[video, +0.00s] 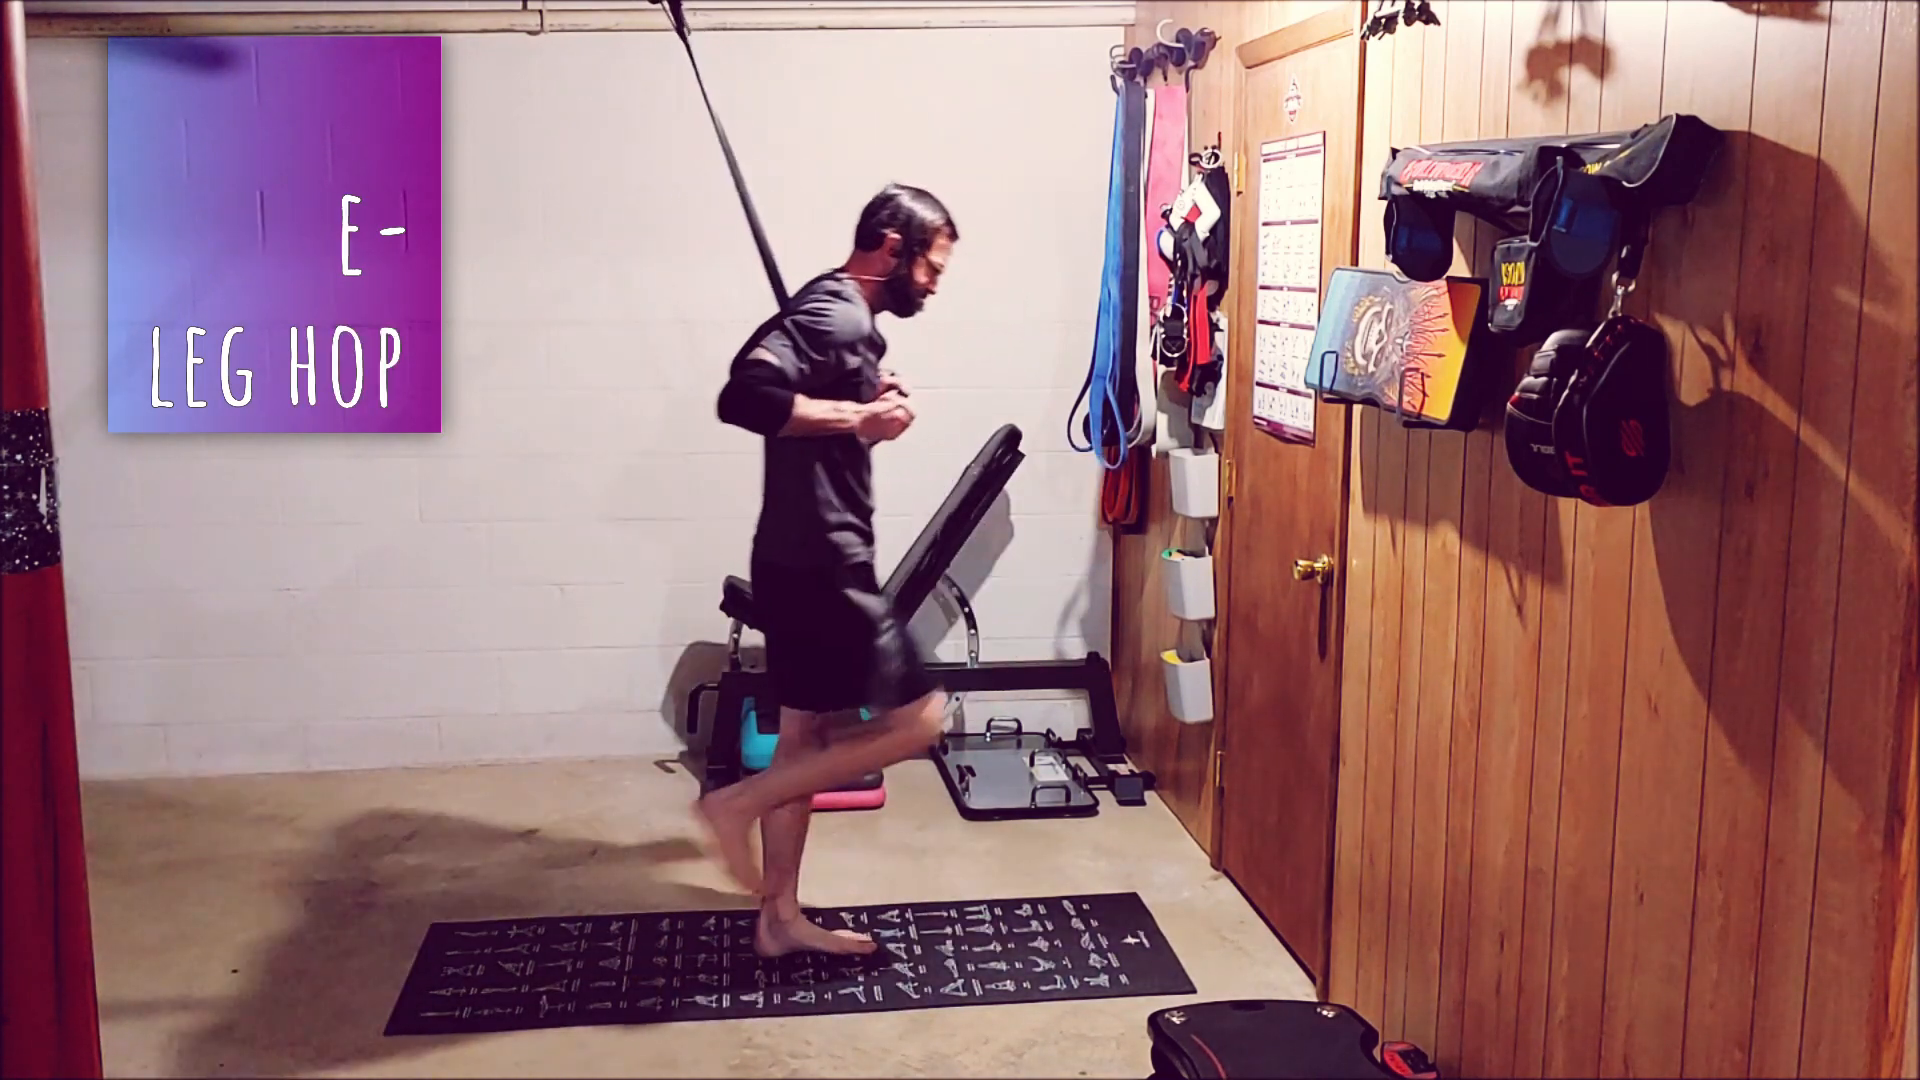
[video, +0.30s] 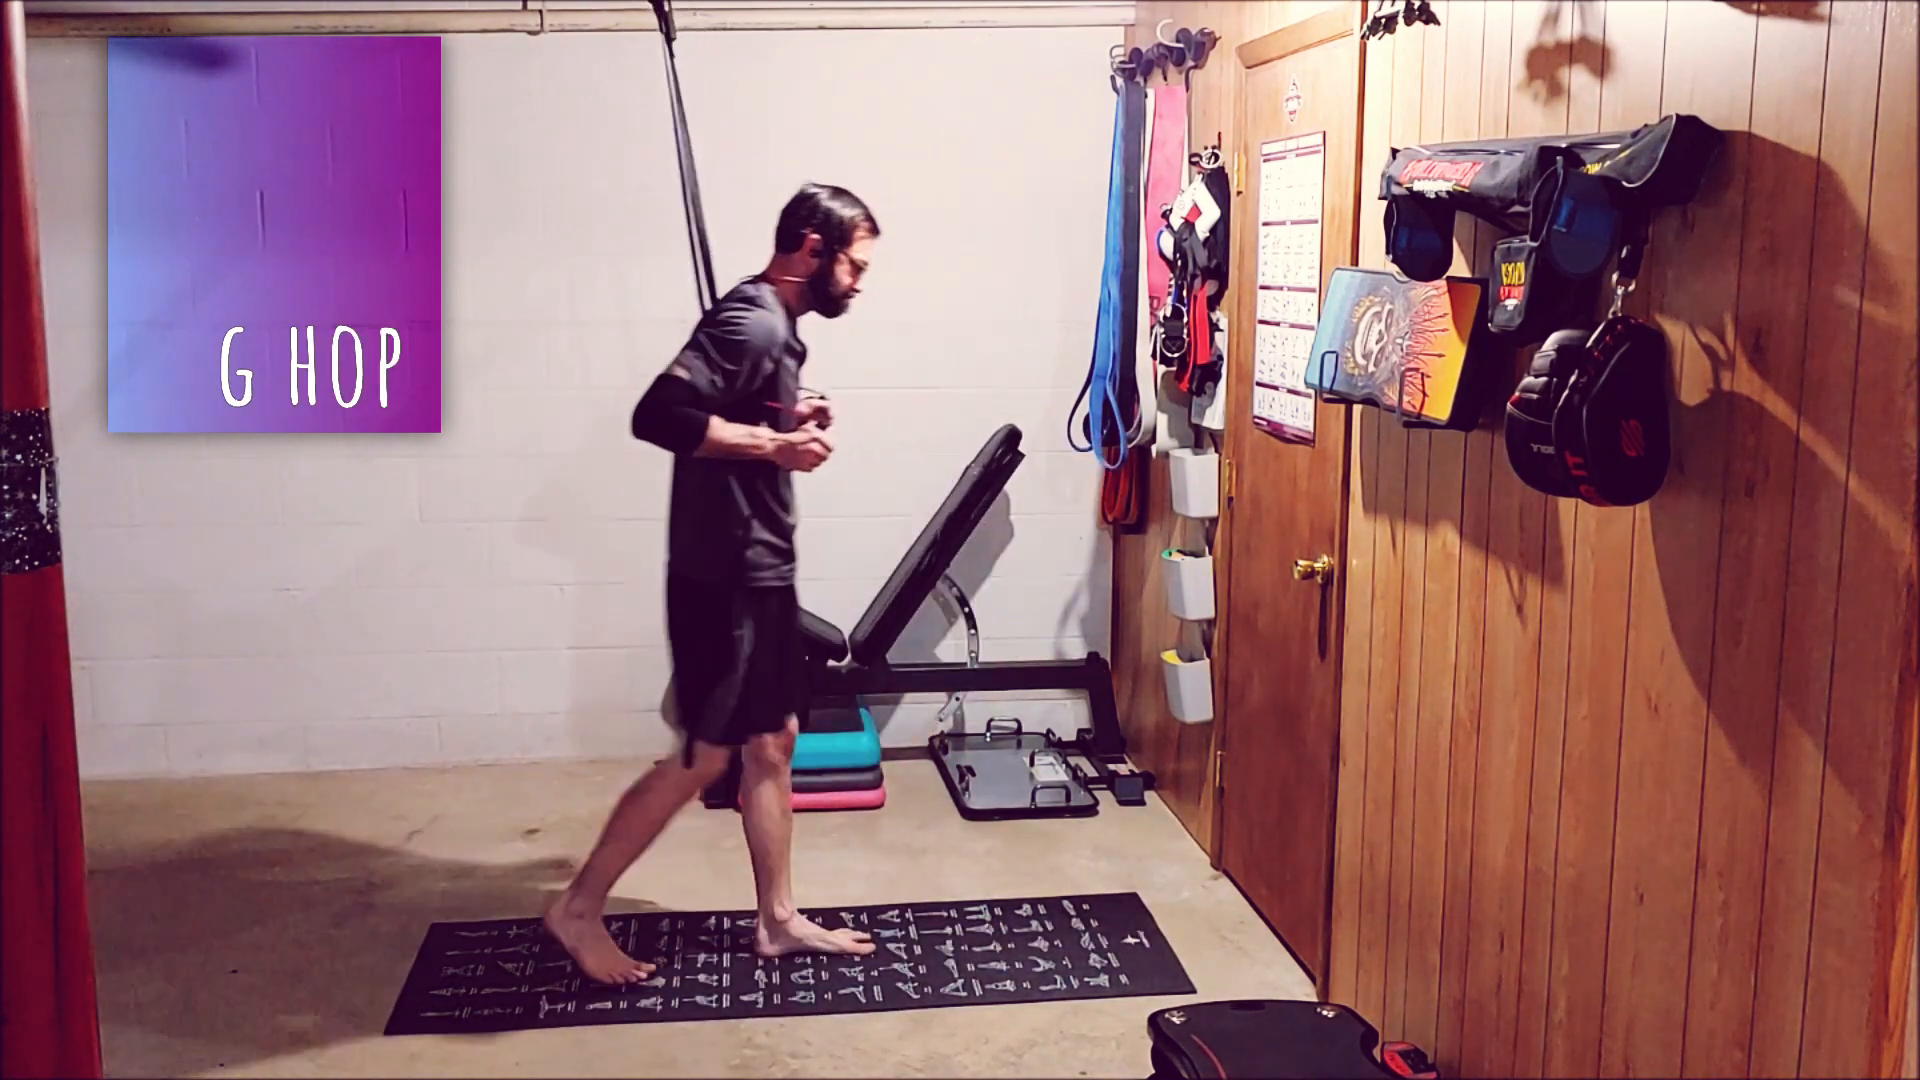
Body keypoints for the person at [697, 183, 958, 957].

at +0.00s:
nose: (936, 283)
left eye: (941, 269)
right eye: (933, 265)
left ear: (887, 251)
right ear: (889, 249)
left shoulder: (852, 316)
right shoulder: (829, 307)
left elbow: (795, 407)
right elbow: (745, 396)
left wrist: (870, 397)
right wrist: (858, 417)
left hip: (819, 553)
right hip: (819, 557)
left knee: (803, 733)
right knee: (920, 717)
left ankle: (780, 917)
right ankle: (735, 805)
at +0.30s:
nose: (859, 285)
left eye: (863, 269)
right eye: (855, 266)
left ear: (809, 251)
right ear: (809, 249)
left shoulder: (774, 326)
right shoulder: (745, 322)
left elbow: (720, 415)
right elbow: (657, 414)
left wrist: (786, 416)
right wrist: (772, 442)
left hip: (764, 571)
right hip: (722, 573)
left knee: (771, 742)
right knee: (704, 756)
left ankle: (779, 919)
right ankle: (577, 909)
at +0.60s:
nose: (792, 300)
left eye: (797, 284)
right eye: (786, 282)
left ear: (739, 270)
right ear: (738, 266)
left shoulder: (703, 339)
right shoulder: (668, 334)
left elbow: (645, 423)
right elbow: (568, 420)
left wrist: (707, 427)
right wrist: (681, 455)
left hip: (680, 584)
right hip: (629, 586)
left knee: (728, 737)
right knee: (603, 758)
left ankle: (770, 915)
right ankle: (557, 937)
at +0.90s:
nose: (778, 300)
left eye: (781, 285)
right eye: (774, 283)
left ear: (729, 269)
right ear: (725, 267)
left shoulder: (691, 340)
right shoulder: (653, 330)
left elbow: (640, 419)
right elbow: (542, 406)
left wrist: (691, 435)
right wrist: (646, 451)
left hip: (658, 579)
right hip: (598, 578)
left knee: (718, 729)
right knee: (585, 756)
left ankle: (699, 910)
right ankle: (554, 937)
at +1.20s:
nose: (838, 307)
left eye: (842, 292)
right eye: (833, 290)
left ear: (787, 278)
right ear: (787, 275)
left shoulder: (744, 347)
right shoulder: (716, 339)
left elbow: (683, 425)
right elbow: (615, 413)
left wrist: (741, 442)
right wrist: (717, 457)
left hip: (696, 581)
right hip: (643, 581)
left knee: (742, 736)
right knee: (606, 755)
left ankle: (700, 916)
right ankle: (556, 934)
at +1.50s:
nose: (940, 303)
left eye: (944, 289)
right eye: (936, 287)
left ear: (891, 277)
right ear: (891, 275)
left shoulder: (847, 343)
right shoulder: (825, 334)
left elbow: (758, 405)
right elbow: (725, 398)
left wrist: (838, 426)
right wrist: (822, 437)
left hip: (786, 572)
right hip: (755, 571)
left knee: (781, 748)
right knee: (761, 758)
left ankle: (703, 915)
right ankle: (606, 889)